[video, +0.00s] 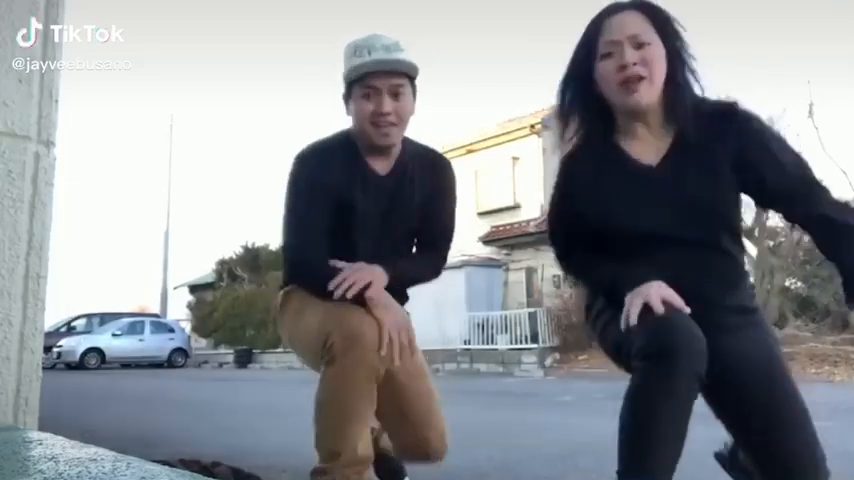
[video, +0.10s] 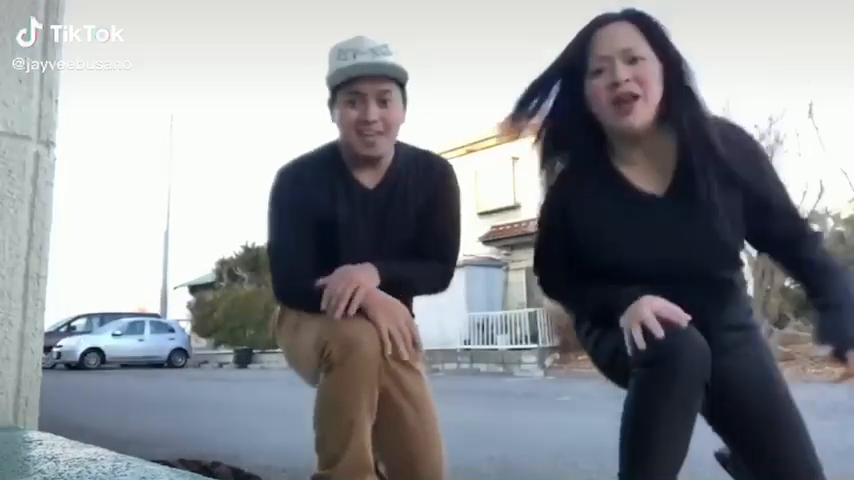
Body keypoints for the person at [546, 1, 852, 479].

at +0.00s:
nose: (628, 60)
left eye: (641, 45)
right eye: (609, 53)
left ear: (669, 57)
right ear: (593, 77)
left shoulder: (726, 130)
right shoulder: (583, 167)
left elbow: (814, 207)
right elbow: (569, 245)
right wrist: (628, 284)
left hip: (727, 314)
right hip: (627, 313)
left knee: (806, 472)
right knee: (677, 343)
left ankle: (746, 460)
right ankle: (640, 472)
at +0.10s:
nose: (619, 78)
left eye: (633, 59)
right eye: (598, 70)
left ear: (665, 69)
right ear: (584, 95)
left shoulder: (725, 149)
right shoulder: (575, 188)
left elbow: (790, 238)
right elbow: (554, 274)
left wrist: (841, 312)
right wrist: (624, 303)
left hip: (723, 326)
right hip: (623, 332)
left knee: (799, 473)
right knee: (679, 352)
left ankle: (742, 461)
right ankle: (645, 474)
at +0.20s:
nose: (616, 94)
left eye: (631, 75)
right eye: (594, 87)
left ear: (662, 87)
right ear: (578, 112)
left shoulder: (732, 163)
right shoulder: (571, 202)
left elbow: (785, 264)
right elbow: (541, 296)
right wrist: (618, 327)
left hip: (731, 349)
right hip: (634, 357)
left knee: (792, 472)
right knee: (676, 364)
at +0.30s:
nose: (613, 104)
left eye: (628, 84)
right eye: (591, 96)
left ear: (659, 94)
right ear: (574, 120)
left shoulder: (733, 169)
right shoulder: (571, 216)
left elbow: (784, 286)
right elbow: (537, 333)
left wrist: (710, 344)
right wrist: (620, 354)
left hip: (734, 367)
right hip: (641, 380)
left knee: (786, 471)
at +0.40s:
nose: (610, 107)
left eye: (625, 86)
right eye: (589, 94)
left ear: (656, 93)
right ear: (572, 113)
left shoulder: (731, 170)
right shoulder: (567, 209)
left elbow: (803, 288)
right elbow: (538, 357)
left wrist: (742, 358)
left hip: (741, 369)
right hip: (640, 382)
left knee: (782, 472)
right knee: (638, 472)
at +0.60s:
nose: (604, 100)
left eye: (621, 79)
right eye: (584, 90)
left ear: (654, 87)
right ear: (569, 112)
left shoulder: (740, 150)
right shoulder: (576, 193)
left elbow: (842, 229)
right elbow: (576, 331)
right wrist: (526, 241)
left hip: (744, 338)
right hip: (642, 339)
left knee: (782, 470)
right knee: (658, 345)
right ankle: (652, 474)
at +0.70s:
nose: (610, 98)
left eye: (628, 76)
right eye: (588, 86)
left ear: (660, 86)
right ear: (570, 109)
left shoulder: (745, 145)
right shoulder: (577, 195)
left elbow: (848, 203)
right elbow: (580, 330)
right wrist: (529, 234)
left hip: (754, 334)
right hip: (653, 335)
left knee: (781, 471)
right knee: (657, 342)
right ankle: (671, 472)